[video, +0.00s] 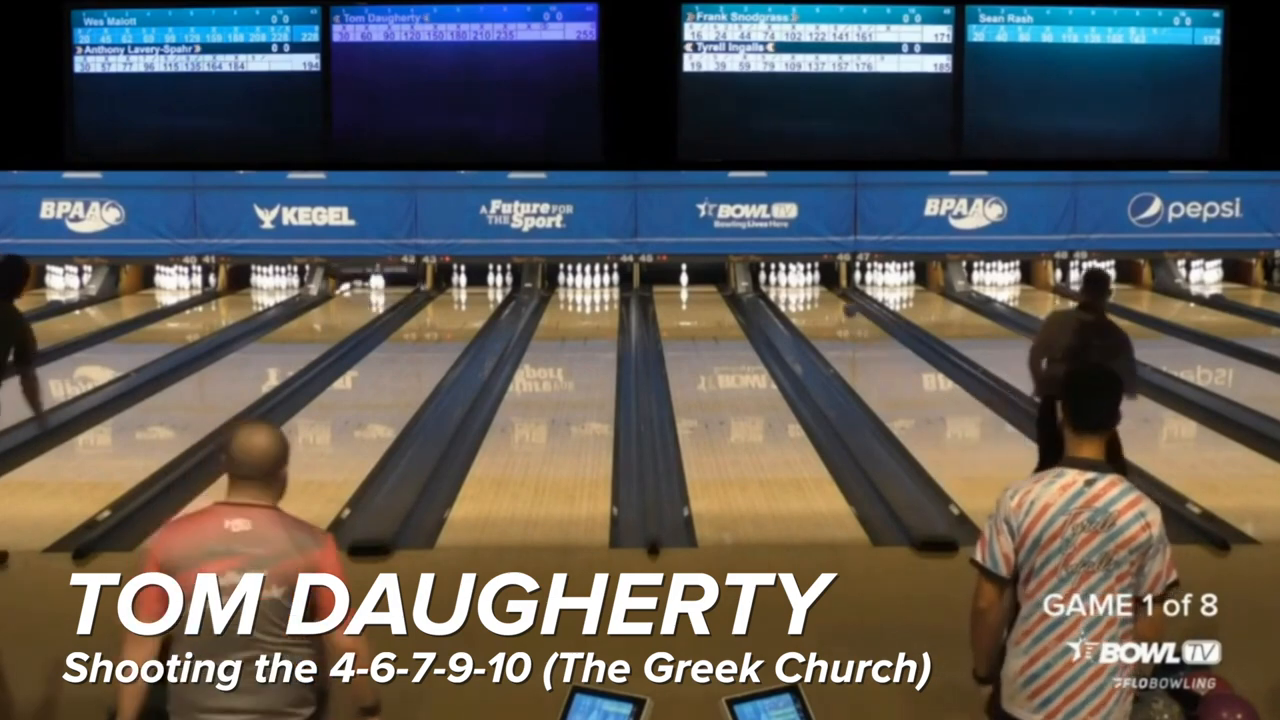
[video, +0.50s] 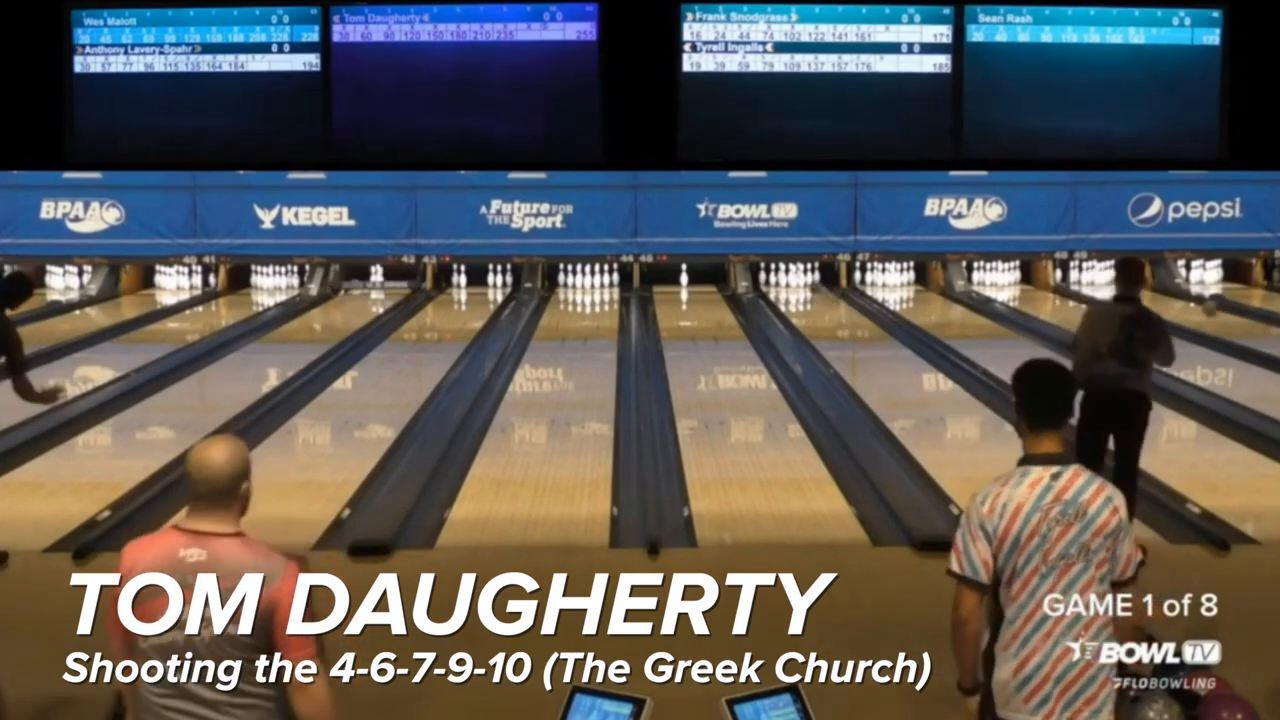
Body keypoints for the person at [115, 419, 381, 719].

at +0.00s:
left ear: (226, 470)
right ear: (282, 476)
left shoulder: (168, 543)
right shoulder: (316, 547)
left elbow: (136, 664)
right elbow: (355, 662)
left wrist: (126, 714)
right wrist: (370, 705)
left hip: (194, 710)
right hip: (287, 710)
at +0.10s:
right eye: (290, 471)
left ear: (227, 472)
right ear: (284, 477)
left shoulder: (169, 544)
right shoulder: (317, 550)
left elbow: (137, 663)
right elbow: (355, 667)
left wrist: (126, 714)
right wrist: (373, 706)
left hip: (194, 710)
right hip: (288, 710)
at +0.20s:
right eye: (287, 473)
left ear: (224, 476)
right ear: (280, 479)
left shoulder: (167, 546)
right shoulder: (317, 554)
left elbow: (136, 658)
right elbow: (352, 675)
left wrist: (122, 713)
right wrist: (365, 712)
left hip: (190, 709)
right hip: (286, 710)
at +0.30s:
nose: (281, 483)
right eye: (280, 477)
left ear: (217, 480)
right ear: (274, 484)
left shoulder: (164, 549)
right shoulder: (310, 561)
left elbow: (132, 659)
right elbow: (344, 680)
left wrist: (120, 715)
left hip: (184, 711)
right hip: (277, 711)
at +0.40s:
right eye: (270, 478)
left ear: (206, 481)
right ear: (263, 487)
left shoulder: (155, 552)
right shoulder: (298, 565)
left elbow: (129, 667)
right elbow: (326, 680)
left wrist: (124, 714)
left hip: (177, 709)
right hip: (267, 709)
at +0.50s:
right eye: (250, 482)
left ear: (188, 485)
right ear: (245, 492)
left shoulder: (136, 557)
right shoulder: (279, 573)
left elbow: (124, 665)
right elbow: (305, 685)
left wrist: (134, 713)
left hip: (157, 712)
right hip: (248, 713)